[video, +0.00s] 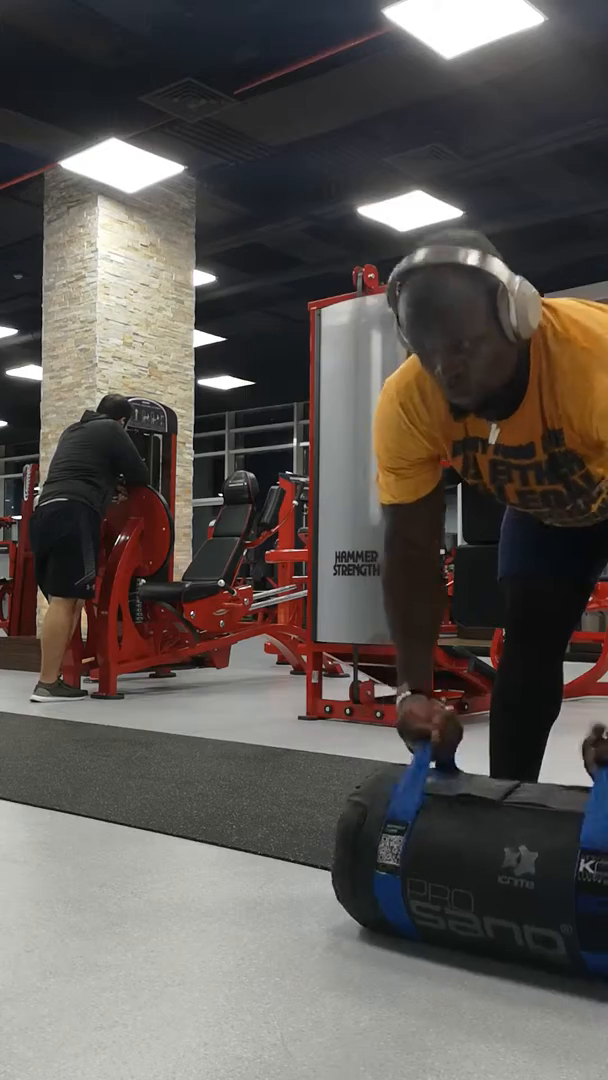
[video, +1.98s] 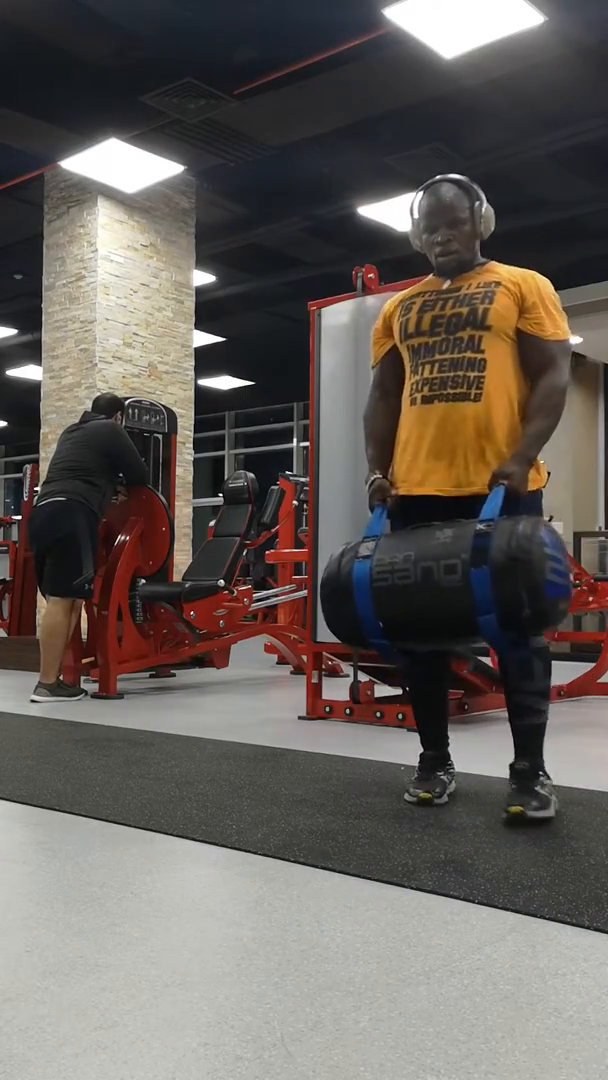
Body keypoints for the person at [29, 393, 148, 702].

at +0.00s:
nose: (126, 427)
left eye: (126, 423)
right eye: (127, 423)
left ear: (99, 414)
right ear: (122, 419)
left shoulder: (71, 431)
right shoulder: (113, 430)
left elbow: (74, 471)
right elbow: (140, 478)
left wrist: (109, 486)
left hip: (45, 511)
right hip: (70, 510)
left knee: (70, 602)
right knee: (62, 601)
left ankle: (54, 678)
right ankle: (47, 682)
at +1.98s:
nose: (123, 424)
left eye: (122, 420)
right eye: (123, 419)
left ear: (93, 413)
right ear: (118, 417)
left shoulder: (70, 431)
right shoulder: (111, 430)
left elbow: (75, 472)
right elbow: (141, 478)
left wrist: (110, 487)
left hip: (42, 511)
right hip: (68, 511)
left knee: (68, 601)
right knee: (59, 601)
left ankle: (54, 679)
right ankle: (47, 682)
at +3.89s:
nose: (121, 424)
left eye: (120, 420)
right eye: (121, 419)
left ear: (91, 413)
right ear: (115, 417)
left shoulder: (69, 431)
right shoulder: (112, 431)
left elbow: (74, 470)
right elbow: (140, 478)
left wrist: (109, 487)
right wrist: (112, 475)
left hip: (41, 512)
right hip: (69, 511)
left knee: (61, 601)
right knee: (63, 601)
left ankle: (51, 679)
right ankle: (48, 682)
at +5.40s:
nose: (122, 424)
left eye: (122, 421)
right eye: (123, 420)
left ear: (94, 413)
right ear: (117, 417)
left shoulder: (70, 431)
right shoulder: (112, 430)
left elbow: (72, 471)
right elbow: (140, 478)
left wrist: (108, 488)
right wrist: (111, 475)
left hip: (43, 511)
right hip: (70, 511)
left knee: (64, 600)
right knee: (64, 601)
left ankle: (53, 678)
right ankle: (48, 682)